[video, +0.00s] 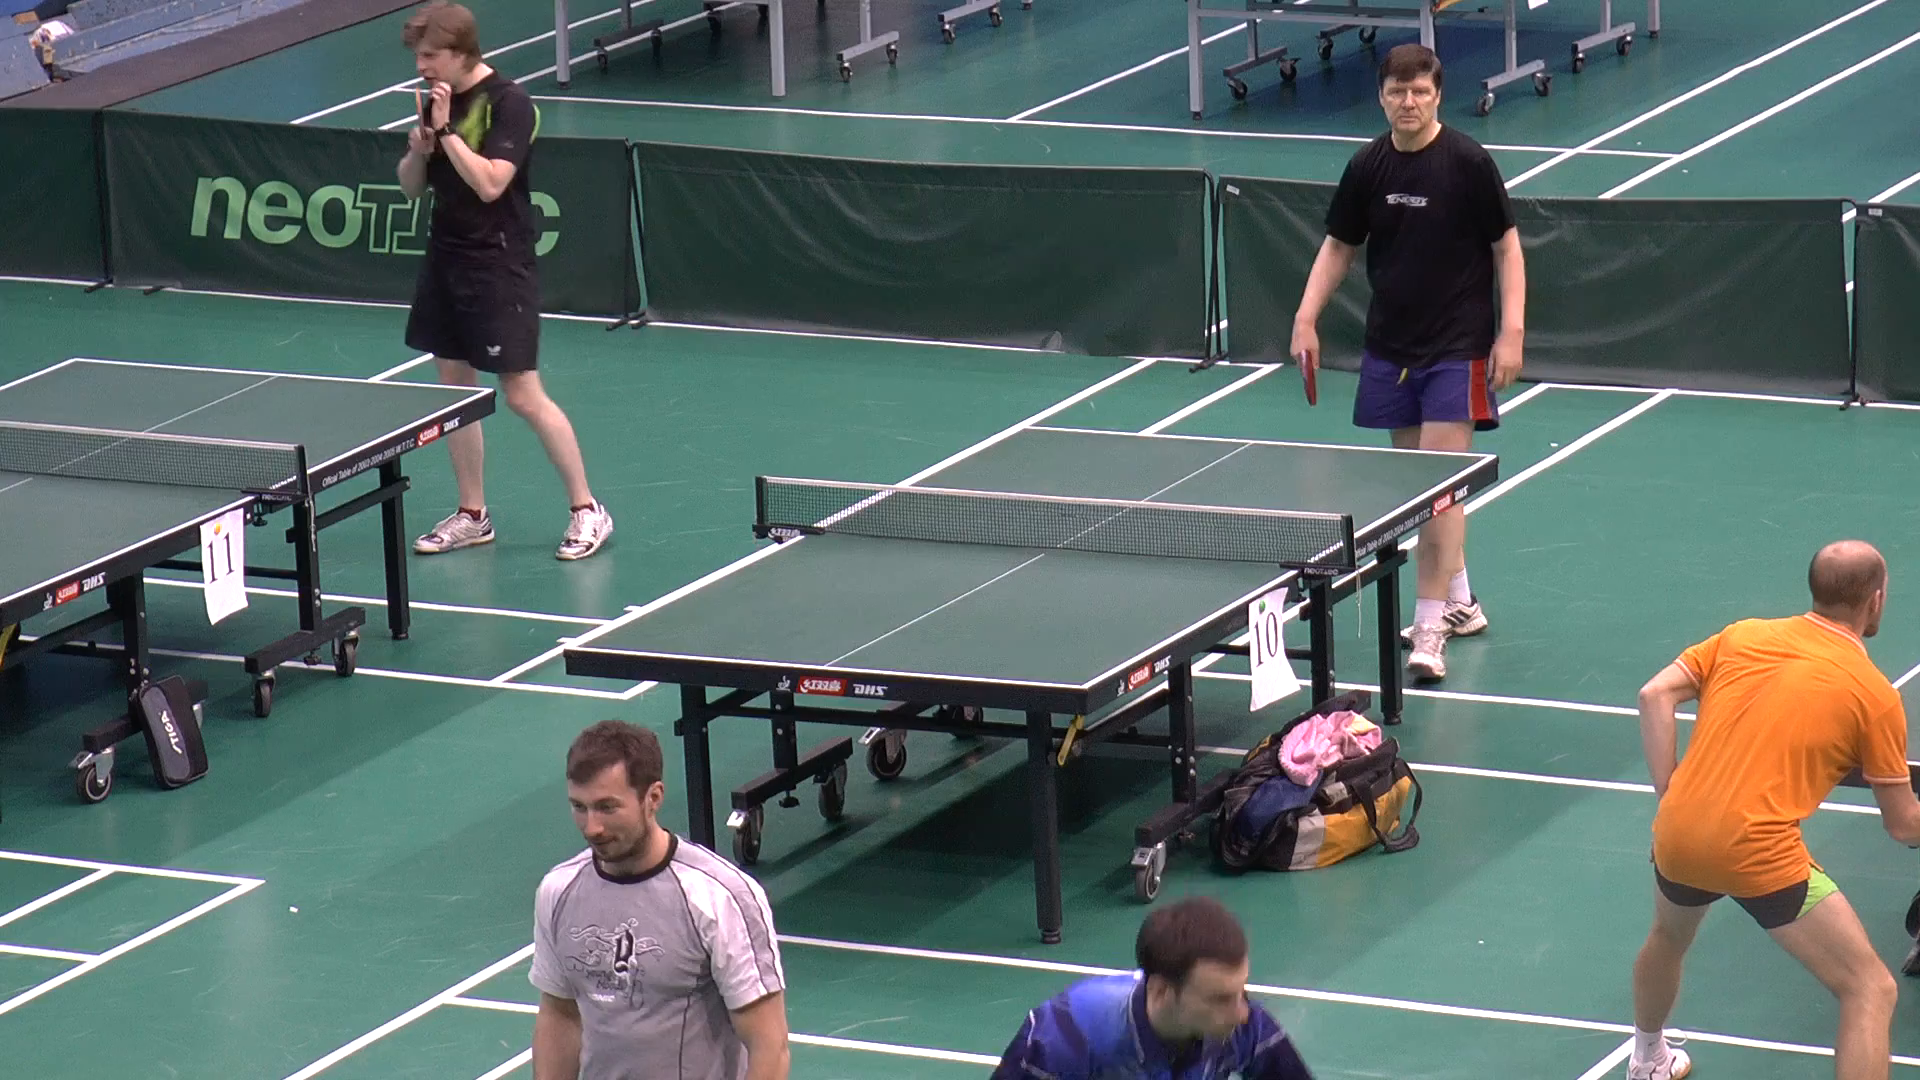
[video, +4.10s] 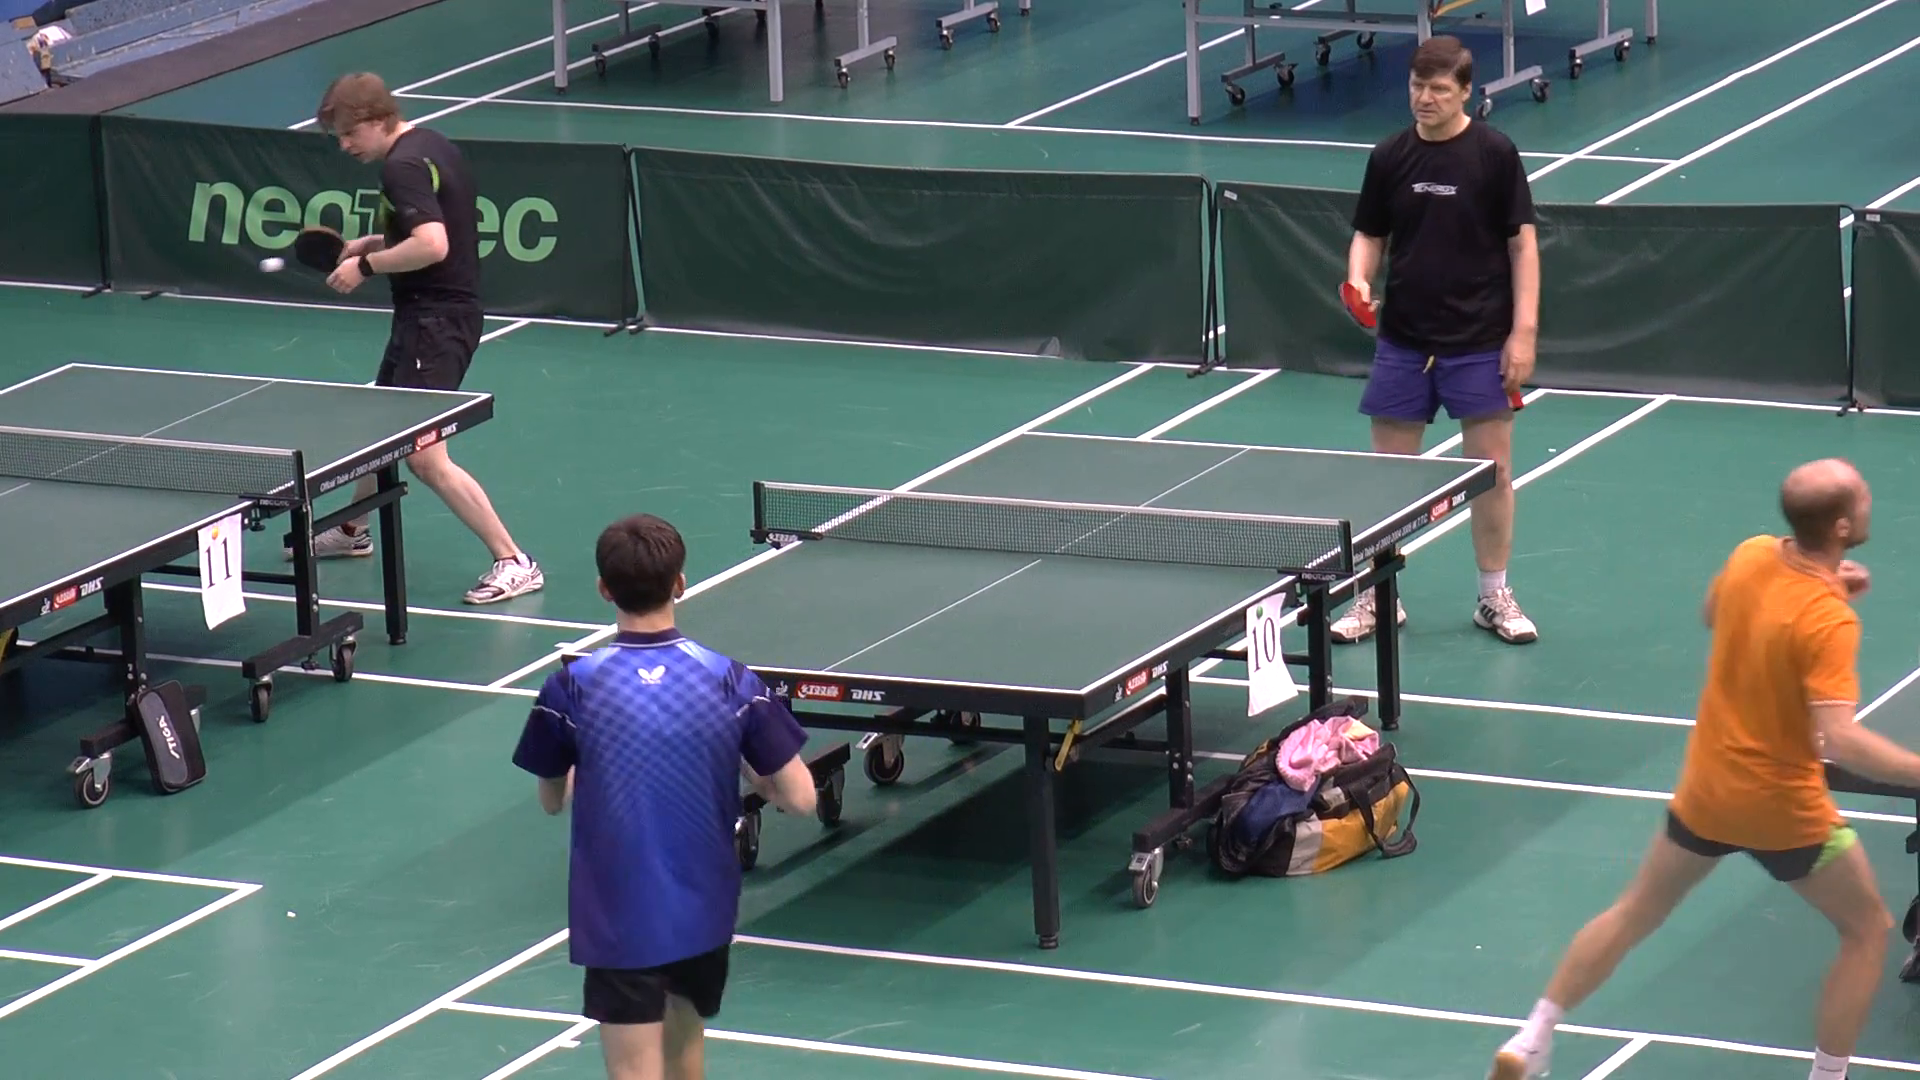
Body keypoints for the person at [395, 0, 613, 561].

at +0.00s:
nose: (424, 68)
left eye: (431, 57)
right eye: (419, 58)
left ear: (462, 51)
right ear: (422, 58)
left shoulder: (510, 102)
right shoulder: (437, 104)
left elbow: (490, 184)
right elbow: (409, 186)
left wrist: (444, 131)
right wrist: (420, 144)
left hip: (502, 267)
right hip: (448, 264)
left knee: (523, 395)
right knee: (455, 390)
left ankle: (587, 511)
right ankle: (472, 514)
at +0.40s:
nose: (460, 69)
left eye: (466, 58)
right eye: (457, 59)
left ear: (500, 52)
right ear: (478, 55)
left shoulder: (536, 110)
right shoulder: (496, 102)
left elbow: (509, 200)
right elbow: (491, 167)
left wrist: (437, 174)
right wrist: (448, 156)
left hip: (533, 272)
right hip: (485, 267)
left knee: (564, 395)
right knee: (462, 384)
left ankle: (593, 518)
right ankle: (469, 516)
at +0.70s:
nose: (404, 86)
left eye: (408, 75)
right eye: (402, 76)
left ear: (435, 70)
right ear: (439, 67)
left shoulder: (481, 118)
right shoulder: (468, 108)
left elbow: (432, 201)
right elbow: (466, 172)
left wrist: (358, 178)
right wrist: (407, 164)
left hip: (511, 280)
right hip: (468, 277)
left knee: (555, 403)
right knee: (437, 395)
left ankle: (594, 520)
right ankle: (430, 524)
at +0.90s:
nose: (357, 95)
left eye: (361, 84)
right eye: (355, 85)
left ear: (392, 78)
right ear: (389, 79)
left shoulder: (444, 118)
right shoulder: (410, 127)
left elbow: (430, 210)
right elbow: (420, 209)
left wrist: (348, 220)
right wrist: (347, 222)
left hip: (485, 276)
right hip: (436, 275)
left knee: (512, 409)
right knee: (414, 399)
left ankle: (589, 511)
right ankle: (427, 527)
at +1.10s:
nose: (343, 95)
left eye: (351, 84)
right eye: (338, 86)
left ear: (382, 77)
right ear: (342, 87)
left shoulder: (436, 116)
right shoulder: (361, 139)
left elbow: (456, 201)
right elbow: (341, 221)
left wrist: (381, 220)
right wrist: (307, 211)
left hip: (467, 269)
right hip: (411, 273)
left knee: (476, 407)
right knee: (395, 403)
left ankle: (539, 532)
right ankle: (425, 529)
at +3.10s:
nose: (314, 157)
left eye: (318, 145)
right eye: (310, 147)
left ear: (349, 131)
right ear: (344, 133)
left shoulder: (396, 163)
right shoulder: (373, 167)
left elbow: (429, 243)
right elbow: (366, 245)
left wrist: (356, 255)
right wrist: (291, 250)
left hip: (454, 312)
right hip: (414, 310)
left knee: (427, 443)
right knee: (373, 423)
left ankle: (509, 561)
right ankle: (350, 530)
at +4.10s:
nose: (344, 147)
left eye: (347, 135)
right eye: (340, 138)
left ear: (376, 120)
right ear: (377, 121)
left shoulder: (405, 163)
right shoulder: (430, 146)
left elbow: (431, 245)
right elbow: (437, 230)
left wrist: (365, 266)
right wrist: (375, 243)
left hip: (437, 319)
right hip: (427, 314)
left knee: (424, 454)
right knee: (375, 423)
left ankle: (514, 562)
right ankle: (353, 527)